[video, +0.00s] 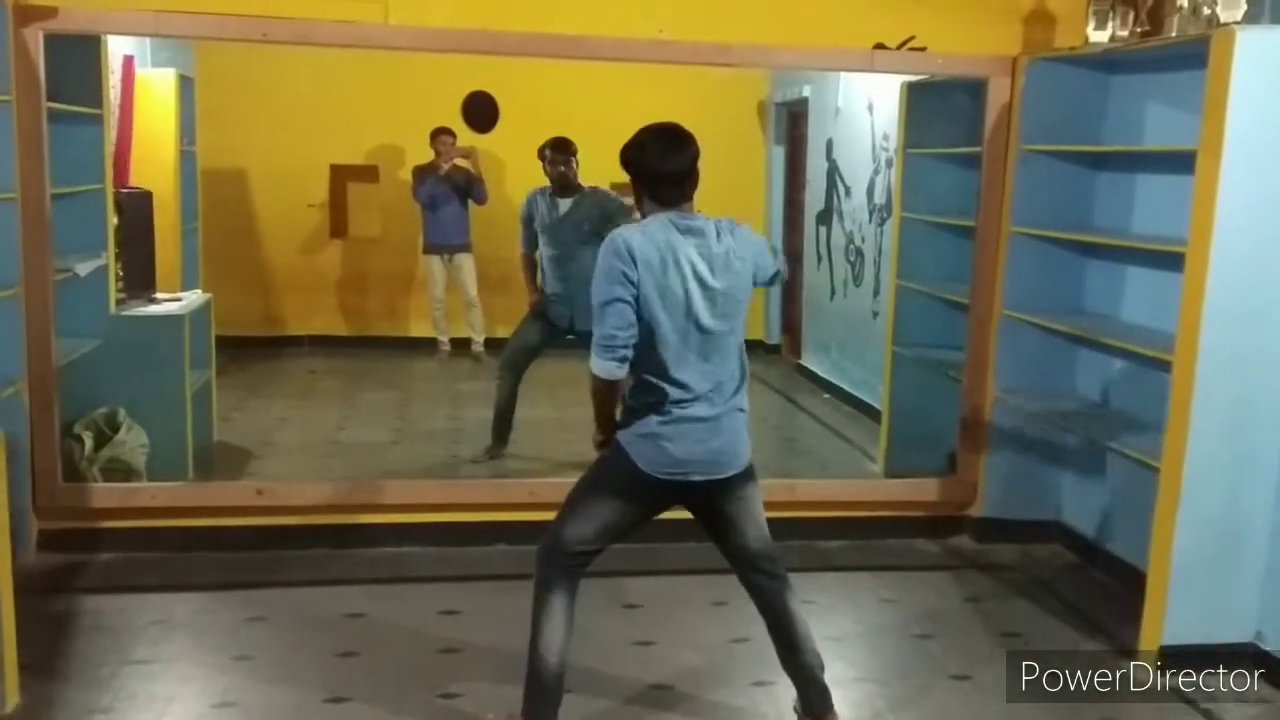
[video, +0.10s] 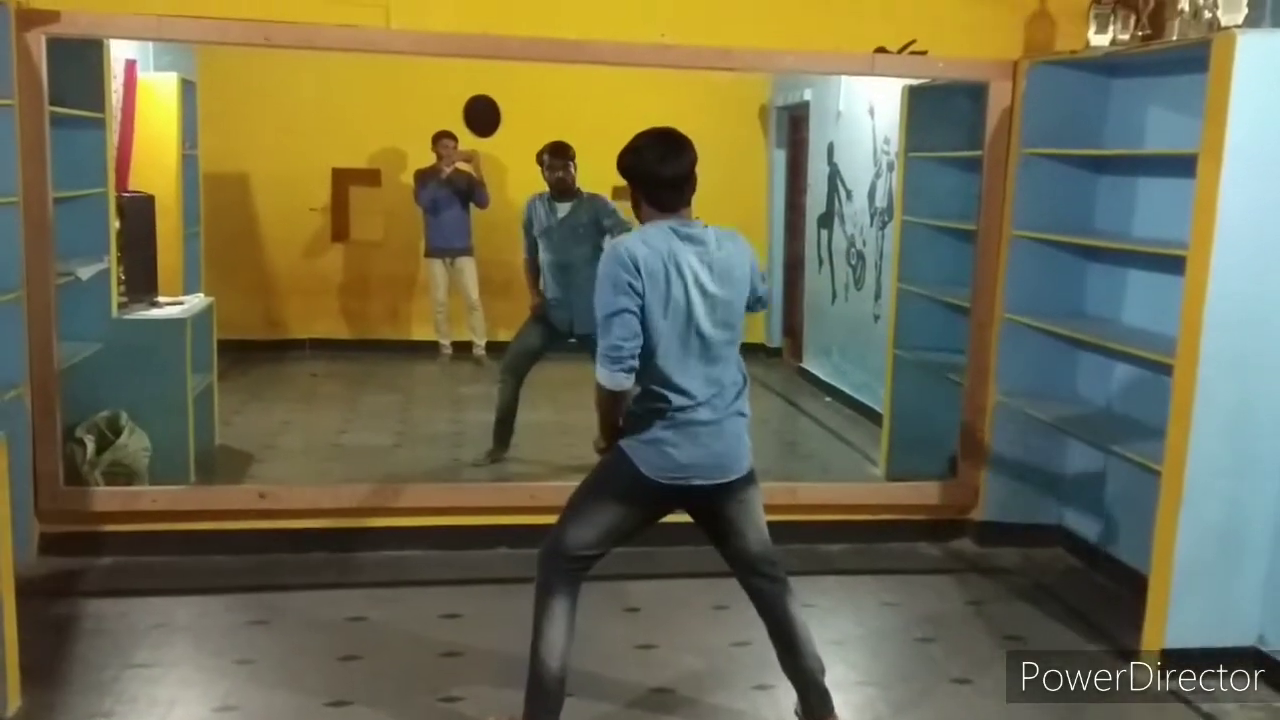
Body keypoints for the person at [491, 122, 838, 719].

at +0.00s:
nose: (628, 186)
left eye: (629, 178)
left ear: (633, 184)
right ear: (696, 179)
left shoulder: (624, 247)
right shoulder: (735, 242)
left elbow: (610, 363)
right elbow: (775, 267)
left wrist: (606, 431)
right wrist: (724, 239)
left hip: (650, 451)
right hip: (726, 449)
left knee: (560, 561)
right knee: (770, 580)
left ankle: (538, 711)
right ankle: (820, 709)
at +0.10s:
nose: (624, 193)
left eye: (625, 186)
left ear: (632, 192)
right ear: (694, 186)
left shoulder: (626, 254)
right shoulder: (734, 248)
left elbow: (618, 371)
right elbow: (755, 299)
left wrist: (609, 434)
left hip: (654, 455)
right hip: (727, 454)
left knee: (561, 564)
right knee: (770, 583)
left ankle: (540, 711)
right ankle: (820, 710)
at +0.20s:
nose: (625, 199)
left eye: (626, 191)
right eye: (629, 190)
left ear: (633, 197)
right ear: (694, 191)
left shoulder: (628, 262)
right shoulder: (735, 261)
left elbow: (625, 374)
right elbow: (726, 348)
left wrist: (610, 439)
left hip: (654, 462)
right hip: (728, 459)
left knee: (560, 567)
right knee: (770, 586)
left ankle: (541, 712)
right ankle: (821, 710)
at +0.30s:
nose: (619, 199)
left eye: (619, 192)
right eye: (624, 190)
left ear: (629, 202)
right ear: (691, 196)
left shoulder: (635, 269)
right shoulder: (733, 266)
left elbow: (634, 386)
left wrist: (612, 441)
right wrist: (710, 236)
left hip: (656, 466)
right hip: (728, 461)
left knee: (560, 570)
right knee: (770, 588)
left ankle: (543, 711)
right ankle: (821, 710)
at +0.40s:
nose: (618, 214)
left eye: (617, 206)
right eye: (619, 207)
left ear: (627, 214)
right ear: (684, 200)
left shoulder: (649, 269)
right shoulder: (734, 259)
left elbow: (644, 396)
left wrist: (615, 442)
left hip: (658, 468)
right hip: (726, 463)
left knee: (561, 572)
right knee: (769, 592)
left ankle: (545, 711)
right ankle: (820, 711)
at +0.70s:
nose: (641, 208)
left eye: (643, 201)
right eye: (642, 202)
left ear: (650, 208)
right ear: (711, 203)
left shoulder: (664, 277)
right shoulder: (736, 264)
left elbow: (651, 411)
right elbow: (700, 306)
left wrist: (618, 448)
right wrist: (647, 266)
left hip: (666, 472)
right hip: (730, 467)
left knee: (569, 579)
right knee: (773, 597)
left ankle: (551, 712)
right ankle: (823, 712)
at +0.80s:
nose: (648, 210)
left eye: (649, 202)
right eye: (649, 202)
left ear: (656, 211)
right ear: (716, 206)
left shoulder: (666, 284)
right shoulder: (731, 270)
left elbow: (659, 412)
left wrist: (623, 449)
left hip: (667, 474)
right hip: (731, 469)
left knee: (570, 582)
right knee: (776, 599)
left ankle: (552, 713)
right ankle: (826, 714)